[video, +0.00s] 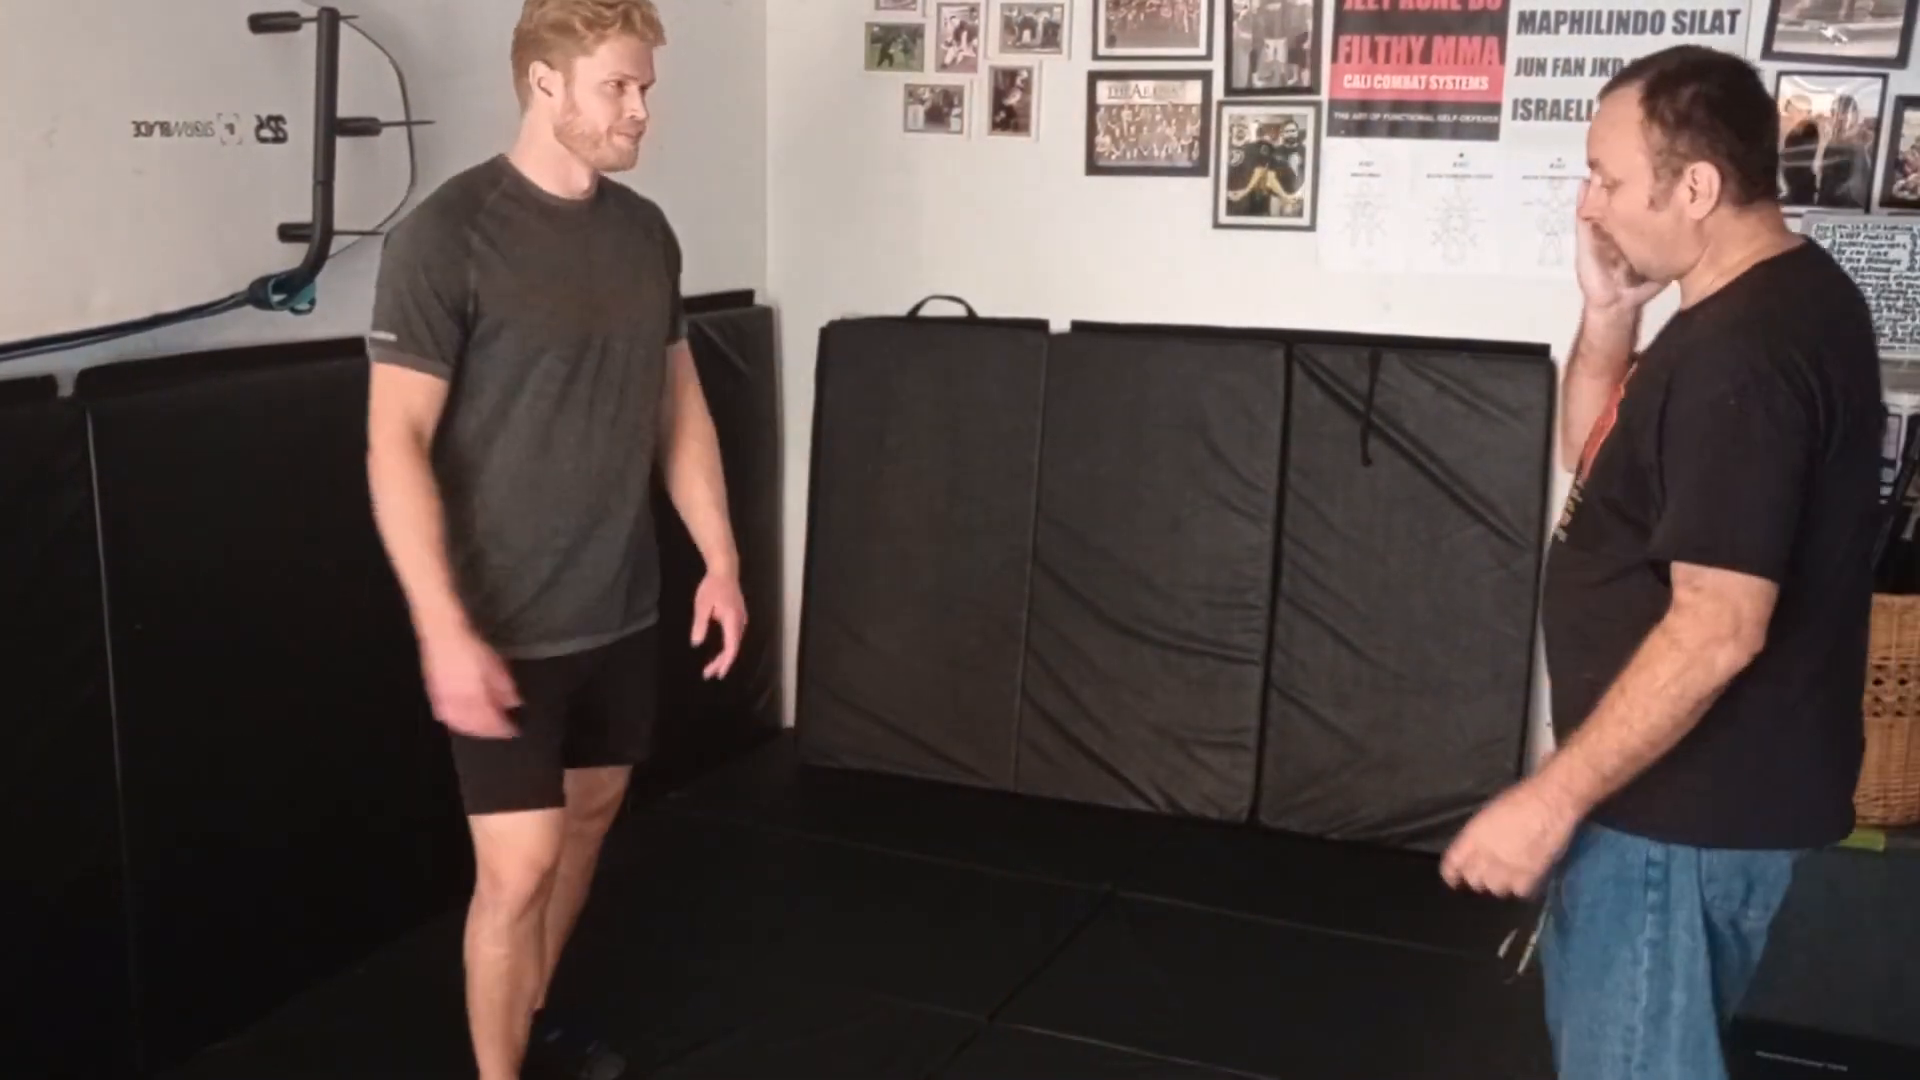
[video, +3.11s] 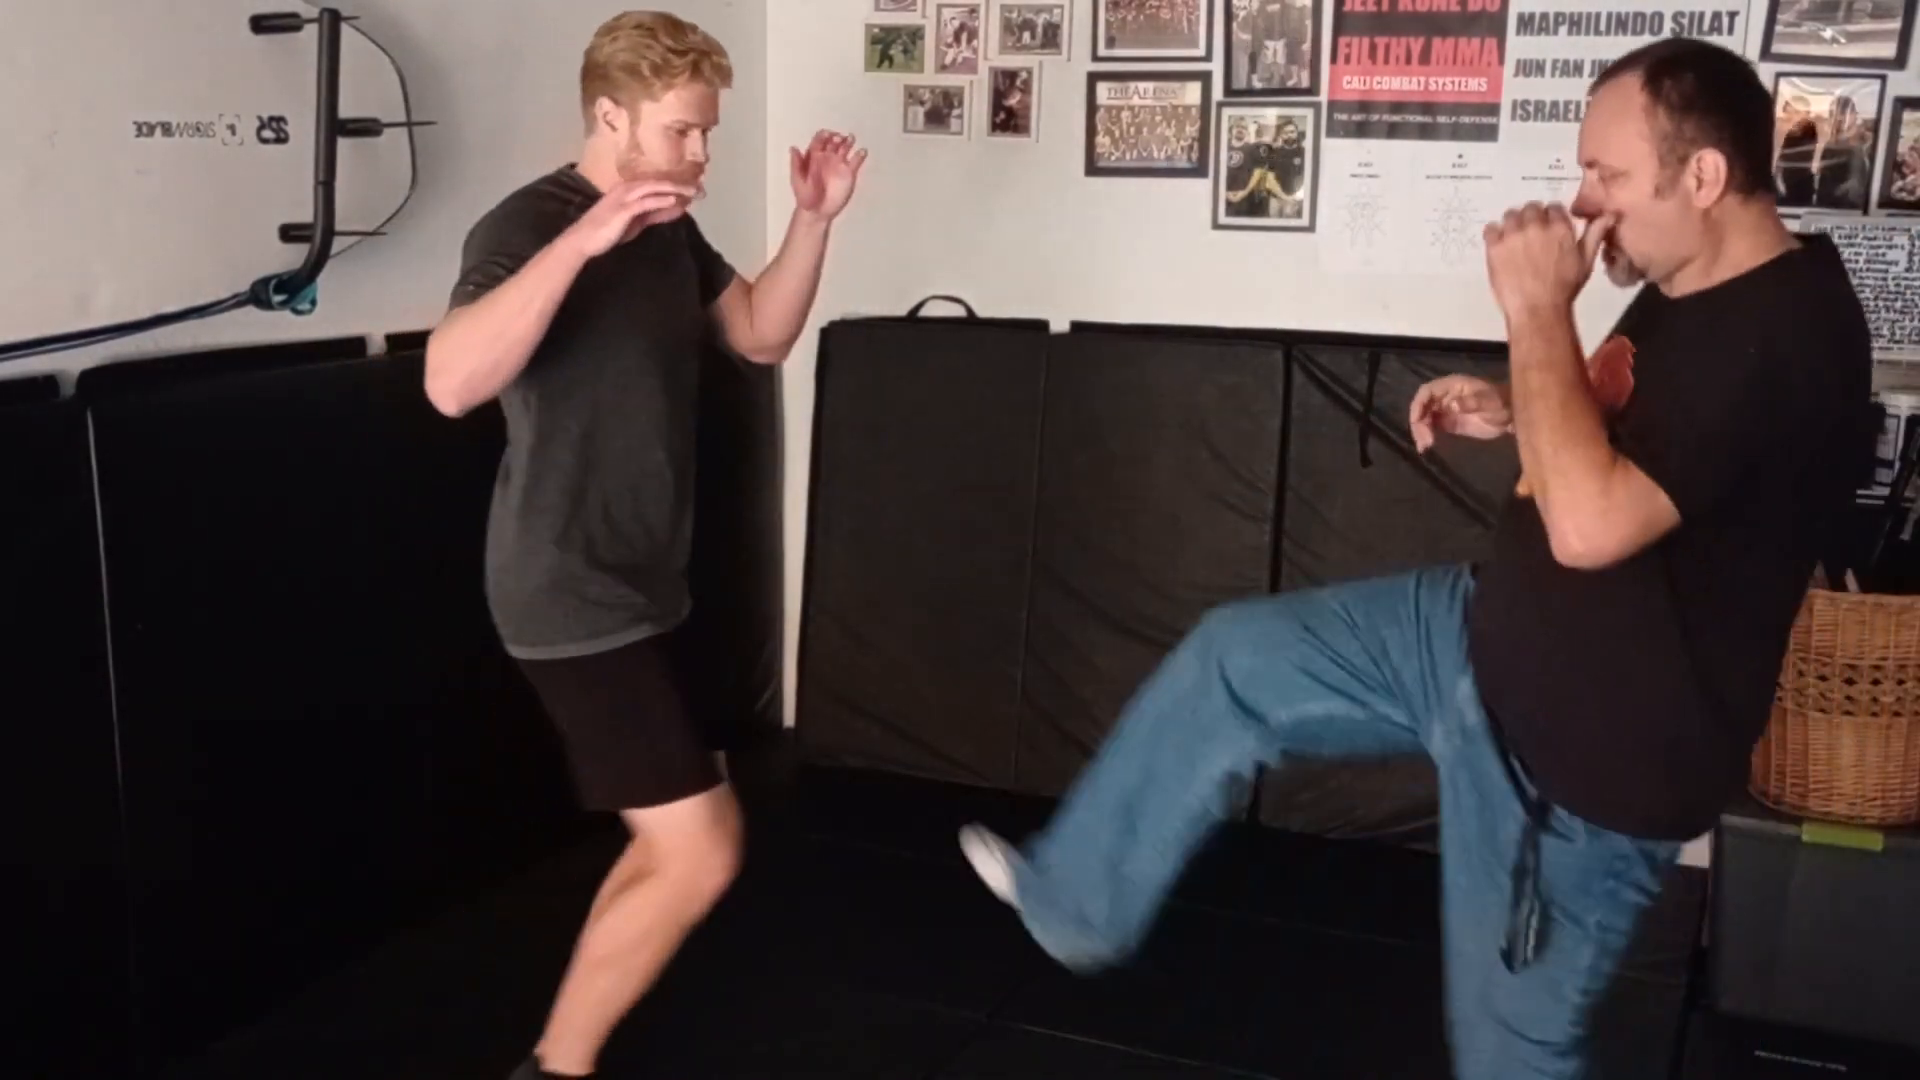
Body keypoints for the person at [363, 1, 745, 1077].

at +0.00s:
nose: (641, 112)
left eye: (647, 88)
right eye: (620, 88)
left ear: (642, 89)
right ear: (544, 87)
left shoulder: (641, 230)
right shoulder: (440, 237)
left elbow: (677, 402)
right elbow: (396, 443)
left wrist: (719, 557)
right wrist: (443, 632)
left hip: (625, 617)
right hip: (498, 630)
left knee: (582, 839)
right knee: (518, 874)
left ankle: (521, 1031)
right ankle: (495, 1068)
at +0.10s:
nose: (644, 116)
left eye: (648, 93)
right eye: (622, 94)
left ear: (605, 97)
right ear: (547, 93)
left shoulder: (628, 231)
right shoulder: (454, 237)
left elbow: (657, 402)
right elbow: (427, 447)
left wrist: (722, 527)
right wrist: (538, 613)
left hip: (616, 596)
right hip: (503, 607)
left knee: (594, 814)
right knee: (552, 847)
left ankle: (527, 1021)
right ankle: (471, 1068)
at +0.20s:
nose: (637, 109)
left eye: (644, 87)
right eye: (616, 87)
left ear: (641, 90)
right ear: (543, 88)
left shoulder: (612, 217)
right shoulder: (456, 226)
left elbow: (646, 384)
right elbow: (447, 432)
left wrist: (755, 479)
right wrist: (610, 549)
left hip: (603, 586)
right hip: (510, 595)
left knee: (554, 827)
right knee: (582, 832)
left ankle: (514, 1033)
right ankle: (488, 1068)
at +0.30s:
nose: (639, 110)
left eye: (643, 87)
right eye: (619, 87)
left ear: (566, 89)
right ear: (544, 87)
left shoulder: (600, 214)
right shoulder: (459, 220)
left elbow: (667, 367)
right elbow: (469, 417)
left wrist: (802, 389)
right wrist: (662, 451)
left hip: (596, 591)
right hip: (519, 610)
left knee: (541, 836)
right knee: (573, 859)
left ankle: (512, 1016)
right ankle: (542, 1071)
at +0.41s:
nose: (639, 114)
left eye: (643, 90)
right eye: (620, 91)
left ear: (569, 91)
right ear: (546, 87)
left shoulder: (592, 212)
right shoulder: (464, 208)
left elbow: (674, 325)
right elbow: (503, 385)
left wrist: (798, 295)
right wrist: (688, 342)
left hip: (585, 583)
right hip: (516, 599)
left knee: (532, 832)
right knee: (573, 856)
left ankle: (513, 1015)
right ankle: (540, 1069)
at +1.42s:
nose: (590, 129)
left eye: (597, 109)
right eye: (572, 108)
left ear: (589, 112)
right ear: (499, 102)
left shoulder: (565, 218)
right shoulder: (415, 213)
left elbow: (653, 328)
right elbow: (442, 376)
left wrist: (714, 210)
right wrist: (559, 242)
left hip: (552, 557)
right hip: (463, 568)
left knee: (506, 784)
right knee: (543, 816)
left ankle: (436, 984)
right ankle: (516, 1071)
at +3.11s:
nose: (702, 154)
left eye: (708, 130)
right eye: (684, 130)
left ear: (694, 124)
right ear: (609, 119)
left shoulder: (671, 233)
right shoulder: (525, 228)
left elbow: (759, 333)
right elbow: (451, 381)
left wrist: (813, 218)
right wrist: (576, 247)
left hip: (654, 585)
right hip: (566, 597)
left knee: (667, 840)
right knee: (701, 849)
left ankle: (566, 1053)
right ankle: (558, 1064)